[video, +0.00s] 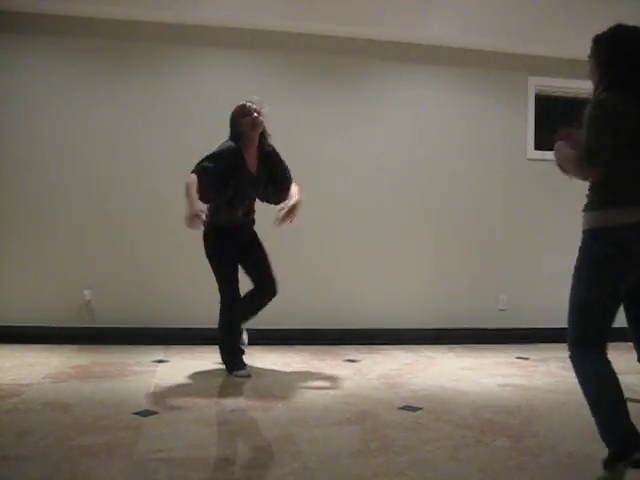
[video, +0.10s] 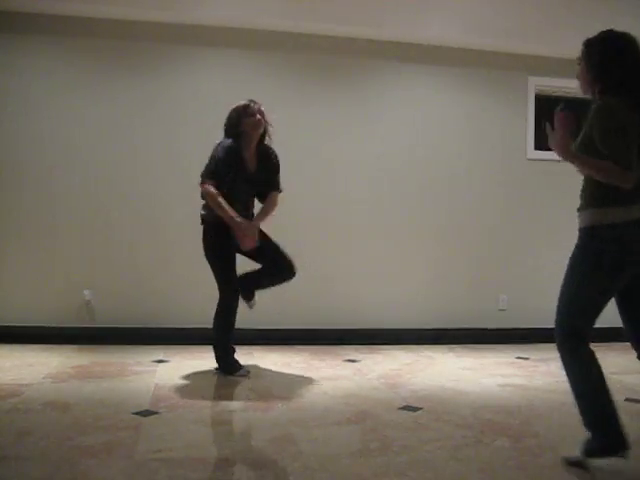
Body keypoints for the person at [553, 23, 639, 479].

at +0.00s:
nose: (589, 71)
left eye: (593, 63)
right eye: (590, 62)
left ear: (607, 64)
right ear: (632, 62)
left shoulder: (607, 105)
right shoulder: (631, 104)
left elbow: (591, 169)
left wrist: (564, 155)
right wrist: (582, 148)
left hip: (611, 237)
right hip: (632, 235)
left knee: (585, 344)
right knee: (635, 338)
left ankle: (623, 445)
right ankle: (628, 445)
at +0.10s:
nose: (577, 70)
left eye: (582, 63)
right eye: (579, 62)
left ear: (600, 69)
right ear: (619, 67)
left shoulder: (610, 111)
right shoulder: (624, 108)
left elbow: (624, 175)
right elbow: (617, 169)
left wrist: (569, 154)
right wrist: (575, 146)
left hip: (608, 239)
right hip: (626, 237)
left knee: (569, 333)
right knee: (638, 335)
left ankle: (607, 437)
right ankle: (609, 438)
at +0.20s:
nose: (561, 77)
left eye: (566, 70)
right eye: (563, 69)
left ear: (584, 75)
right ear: (601, 72)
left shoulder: (601, 114)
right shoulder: (596, 115)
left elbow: (618, 176)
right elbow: (570, 176)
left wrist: (565, 167)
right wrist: (539, 147)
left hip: (599, 240)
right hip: (620, 238)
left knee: (558, 326)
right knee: (636, 337)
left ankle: (560, 431)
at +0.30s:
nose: (538, 84)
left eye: (545, 78)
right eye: (542, 77)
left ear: (561, 86)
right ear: (576, 85)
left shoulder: (574, 128)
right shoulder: (588, 126)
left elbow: (583, 189)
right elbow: (551, 182)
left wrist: (530, 172)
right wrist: (512, 160)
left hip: (583, 244)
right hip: (612, 241)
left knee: (536, 324)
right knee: (636, 337)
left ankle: (526, 419)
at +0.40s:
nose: (513, 92)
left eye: (518, 85)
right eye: (515, 84)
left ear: (533, 91)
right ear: (553, 90)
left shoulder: (544, 135)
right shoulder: (568, 131)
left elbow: (527, 196)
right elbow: (522, 182)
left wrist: (483, 164)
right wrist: (486, 156)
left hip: (554, 246)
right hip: (589, 243)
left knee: (522, 332)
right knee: (609, 337)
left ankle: (522, 421)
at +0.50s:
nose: (492, 93)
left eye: (496, 86)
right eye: (494, 85)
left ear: (510, 93)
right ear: (533, 92)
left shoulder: (518, 135)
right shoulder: (545, 132)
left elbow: (483, 186)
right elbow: (494, 171)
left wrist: (442, 153)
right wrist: (463, 137)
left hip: (530, 242)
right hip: (564, 241)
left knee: (512, 332)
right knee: (556, 333)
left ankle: (521, 421)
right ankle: (631, 402)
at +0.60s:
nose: (475, 89)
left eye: (479, 82)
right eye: (477, 82)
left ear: (492, 88)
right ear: (516, 87)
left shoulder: (498, 127)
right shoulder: (526, 125)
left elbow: (459, 175)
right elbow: (476, 164)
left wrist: (419, 147)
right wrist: (448, 135)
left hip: (511, 237)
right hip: (536, 233)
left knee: (514, 326)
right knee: (507, 317)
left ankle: (523, 420)